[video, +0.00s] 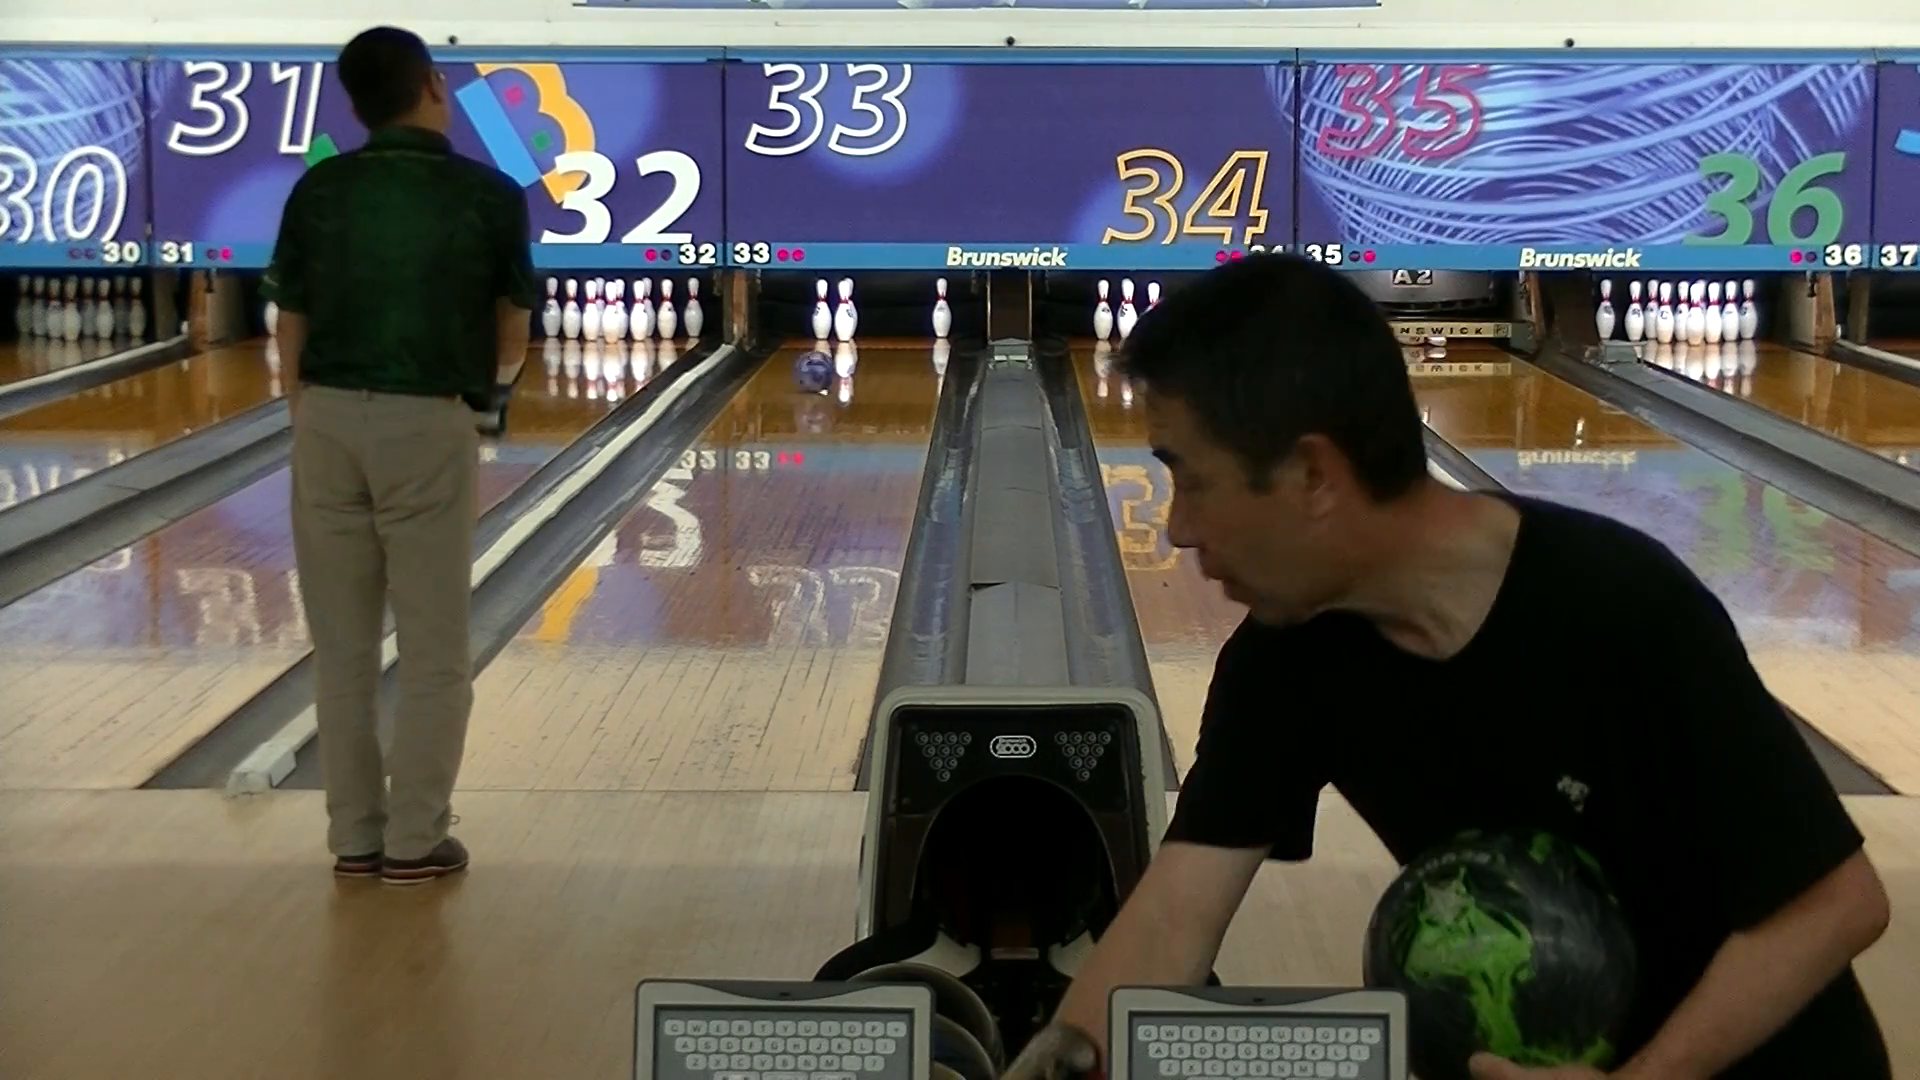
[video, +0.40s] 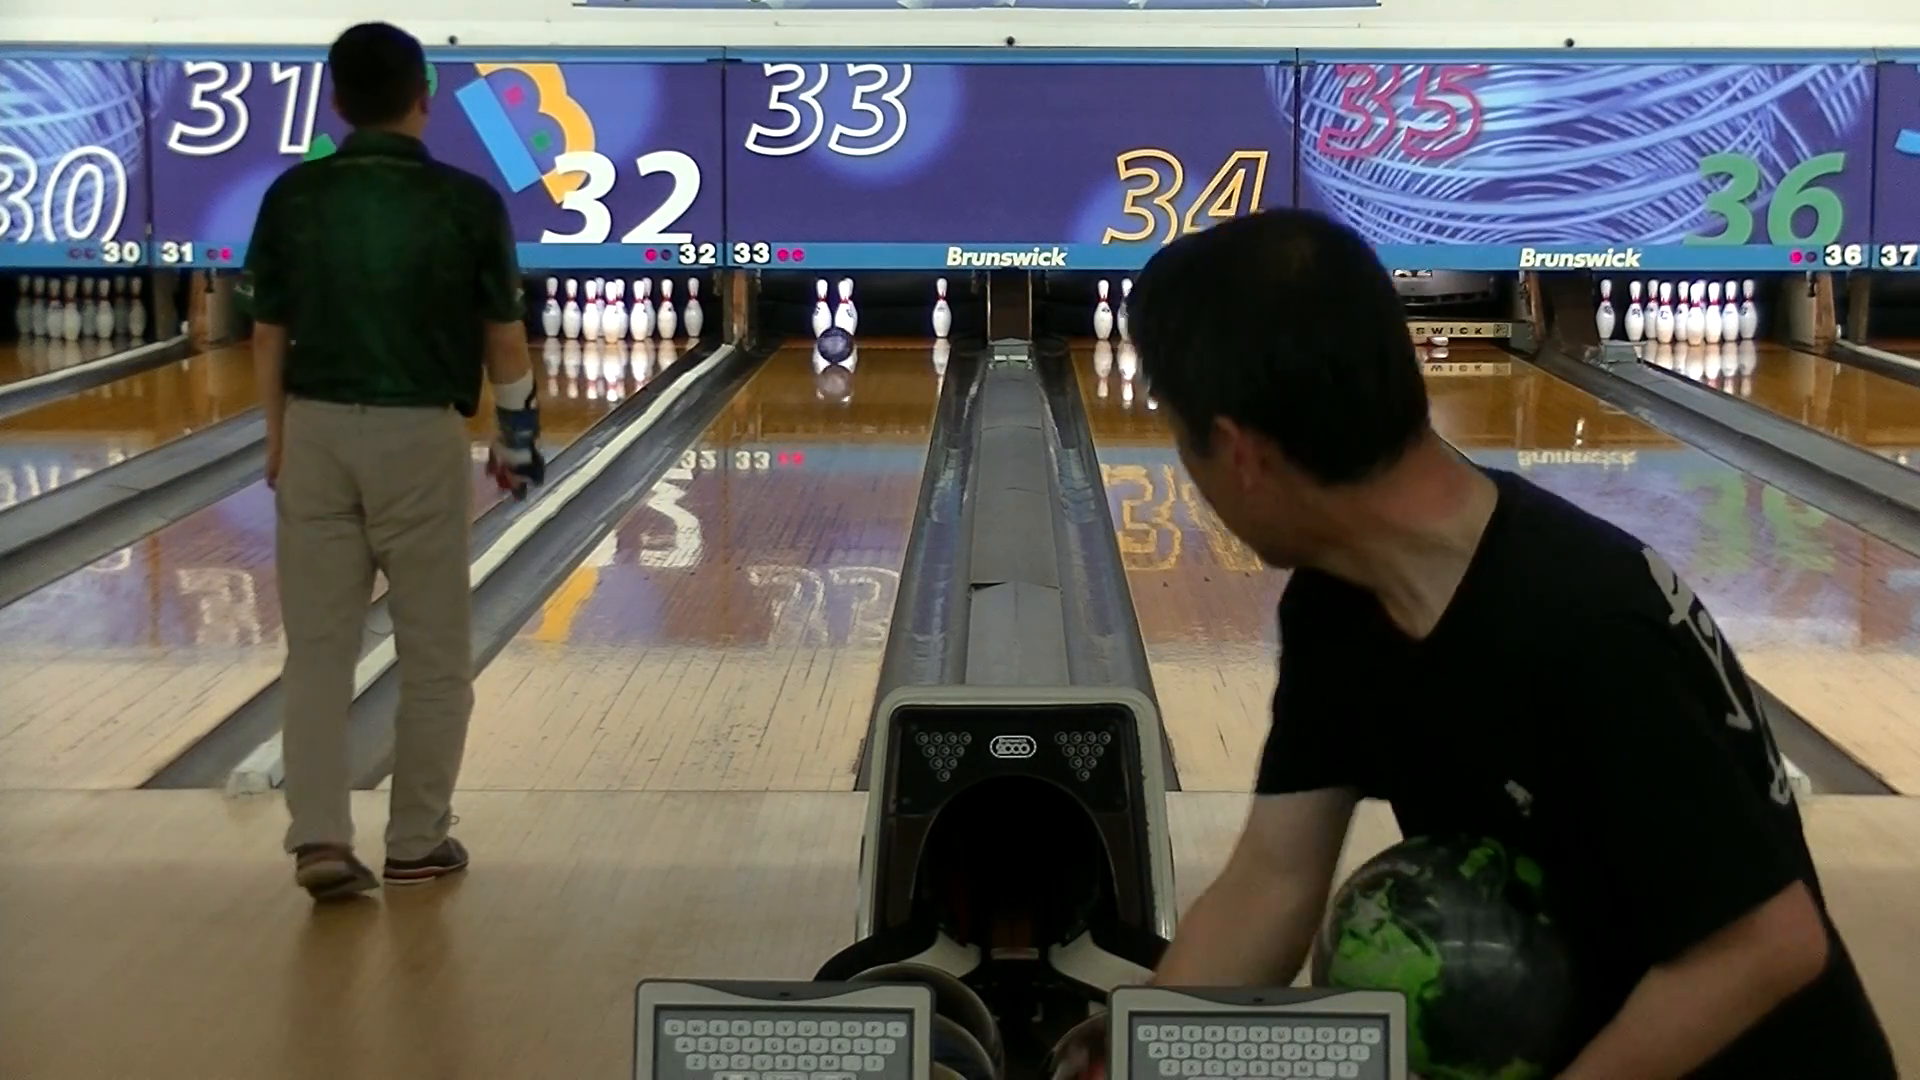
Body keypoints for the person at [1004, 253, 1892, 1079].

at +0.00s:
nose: (1175, 534)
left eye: (1188, 483)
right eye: (1170, 484)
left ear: (1314, 477)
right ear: (1309, 482)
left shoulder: (1625, 600)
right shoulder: (1288, 650)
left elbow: (1839, 900)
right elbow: (1168, 924)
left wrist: (1635, 1073)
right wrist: (1050, 1070)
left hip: (1770, 1041)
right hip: (1542, 1036)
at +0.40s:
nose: (1191, 473)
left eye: (1182, 440)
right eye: (1180, 440)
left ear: (1243, 449)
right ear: (1384, 373)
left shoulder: (1596, 608)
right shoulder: (1337, 595)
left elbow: (1775, 941)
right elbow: (1273, 876)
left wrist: (1570, 1072)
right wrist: (1139, 1044)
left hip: (1768, 1062)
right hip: (1557, 1027)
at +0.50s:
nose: (1216, 443)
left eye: (1202, 408)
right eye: (1201, 408)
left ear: (1254, 411)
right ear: (1404, 341)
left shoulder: (1573, 600)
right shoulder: (1378, 568)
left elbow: (1738, 944)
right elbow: (1340, 841)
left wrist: (1512, 1071)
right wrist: (1172, 998)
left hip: (1767, 1066)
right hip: (1596, 1033)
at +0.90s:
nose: (1267, 403)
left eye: (1254, 363)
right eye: (1253, 363)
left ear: (1297, 369)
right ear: (1455, 308)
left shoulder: (1577, 587)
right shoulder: (1434, 528)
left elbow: (1726, 943)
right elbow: (1417, 817)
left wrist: (1489, 1074)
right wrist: (1323, 976)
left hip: (1755, 1063)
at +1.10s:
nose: (1265, 407)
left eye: (1253, 369)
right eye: (1252, 368)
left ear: (1299, 379)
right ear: (1458, 317)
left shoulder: (1595, 582)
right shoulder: (1421, 547)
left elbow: (1751, 936)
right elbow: (1359, 852)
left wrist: (1514, 1074)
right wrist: (1230, 1039)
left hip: (1765, 1064)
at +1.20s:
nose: (1265, 403)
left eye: (1254, 365)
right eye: (1252, 364)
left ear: (1306, 378)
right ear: (1463, 319)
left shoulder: (1601, 582)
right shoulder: (1418, 554)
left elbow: (1758, 931)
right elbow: (1326, 845)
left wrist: (1531, 1073)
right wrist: (1188, 1044)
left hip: (1774, 1064)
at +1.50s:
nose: (1353, 349)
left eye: (1352, 317)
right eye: (1350, 315)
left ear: (1394, 342)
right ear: (1562, 296)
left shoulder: (1604, 586)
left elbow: (1736, 945)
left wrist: (1519, 1067)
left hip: (1765, 1059)